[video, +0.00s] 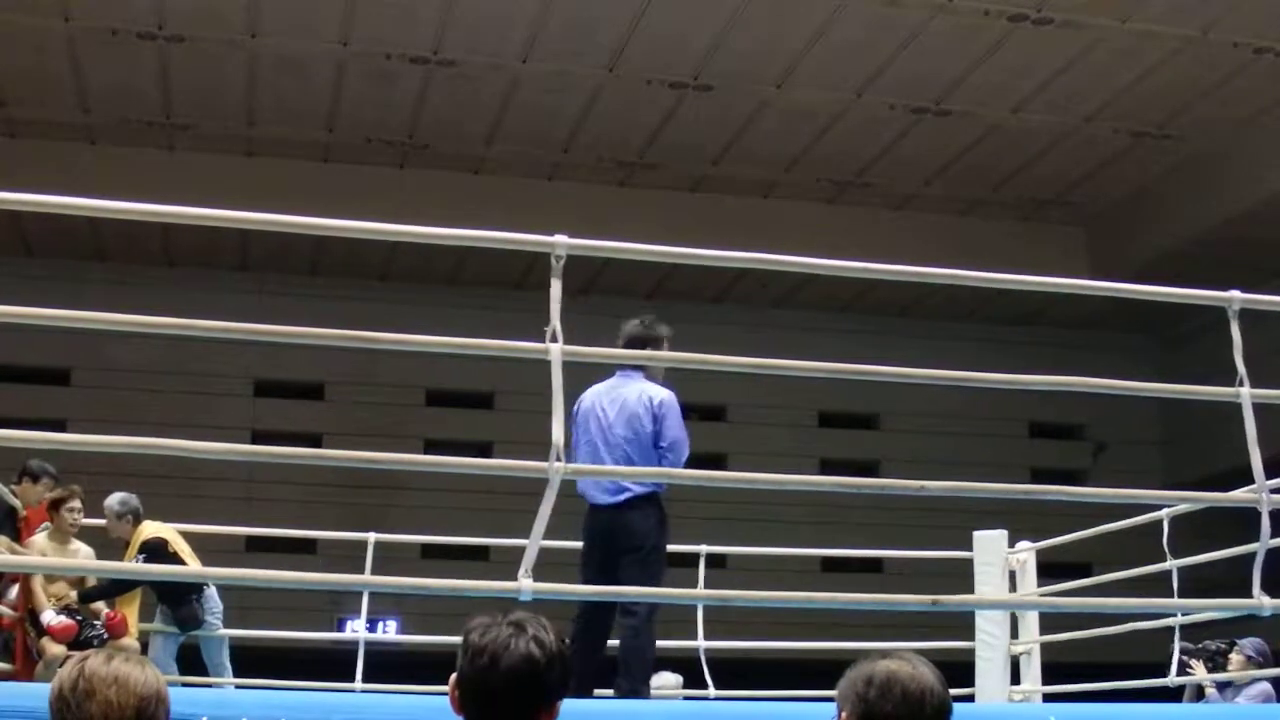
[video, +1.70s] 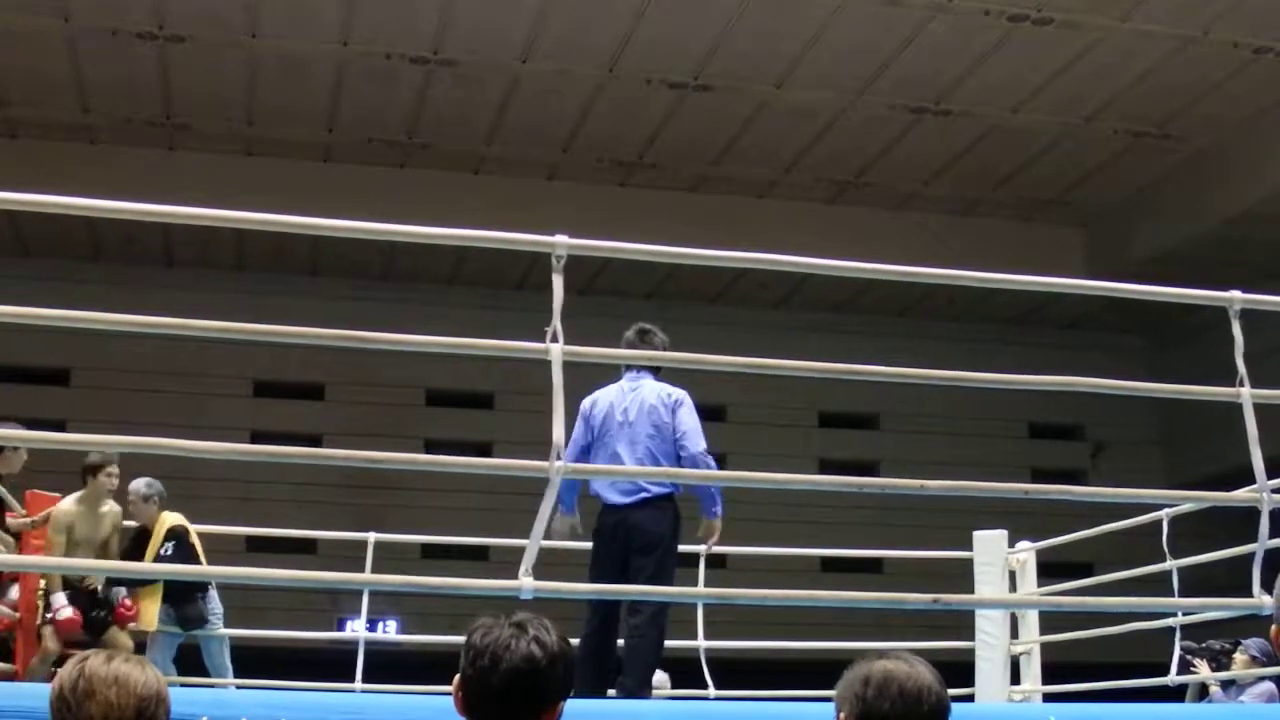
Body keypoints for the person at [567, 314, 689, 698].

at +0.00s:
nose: (667, 358)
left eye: (667, 351)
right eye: (665, 351)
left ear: (623, 352)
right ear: (652, 353)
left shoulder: (587, 398)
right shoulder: (660, 398)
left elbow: (576, 453)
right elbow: (676, 453)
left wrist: (597, 479)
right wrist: (654, 482)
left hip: (598, 515)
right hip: (642, 514)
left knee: (593, 606)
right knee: (638, 607)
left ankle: (576, 696)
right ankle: (632, 699)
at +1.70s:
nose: (659, 363)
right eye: (660, 357)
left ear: (623, 357)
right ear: (660, 359)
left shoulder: (594, 402)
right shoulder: (675, 399)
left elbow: (573, 459)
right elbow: (694, 456)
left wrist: (566, 508)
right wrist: (713, 510)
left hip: (611, 517)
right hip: (656, 517)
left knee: (601, 607)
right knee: (647, 608)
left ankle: (586, 697)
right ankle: (633, 699)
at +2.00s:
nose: (670, 362)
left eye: (666, 356)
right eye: (669, 357)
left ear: (628, 355)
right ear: (664, 359)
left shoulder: (594, 399)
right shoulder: (669, 398)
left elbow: (550, 435)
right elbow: (708, 439)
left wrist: (536, 417)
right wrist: (769, 435)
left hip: (612, 516)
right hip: (656, 515)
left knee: (603, 606)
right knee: (648, 606)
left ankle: (587, 697)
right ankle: (634, 698)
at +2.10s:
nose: (673, 362)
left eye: (671, 355)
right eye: (671, 355)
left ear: (631, 355)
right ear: (663, 358)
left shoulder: (598, 398)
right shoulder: (668, 396)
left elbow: (550, 430)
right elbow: (716, 426)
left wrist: (534, 410)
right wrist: (776, 411)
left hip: (611, 516)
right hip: (655, 514)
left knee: (602, 606)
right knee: (647, 606)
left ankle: (588, 698)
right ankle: (632, 699)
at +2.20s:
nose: (676, 363)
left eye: (675, 356)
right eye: (674, 356)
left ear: (632, 355)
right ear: (664, 359)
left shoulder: (598, 398)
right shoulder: (668, 396)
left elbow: (550, 428)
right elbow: (721, 418)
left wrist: (531, 411)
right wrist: (777, 399)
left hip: (611, 516)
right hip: (654, 514)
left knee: (602, 608)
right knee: (645, 609)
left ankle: (587, 700)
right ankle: (632, 701)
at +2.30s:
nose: (676, 363)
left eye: (675, 357)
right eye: (675, 357)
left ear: (635, 355)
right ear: (669, 359)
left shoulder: (600, 398)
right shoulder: (669, 396)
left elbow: (553, 428)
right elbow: (721, 415)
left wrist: (529, 409)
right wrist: (775, 391)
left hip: (612, 516)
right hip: (655, 514)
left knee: (602, 606)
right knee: (645, 608)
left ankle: (588, 698)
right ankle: (632, 700)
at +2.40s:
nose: (674, 363)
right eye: (674, 358)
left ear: (635, 355)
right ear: (671, 360)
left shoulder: (603, 397)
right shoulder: (671, 397)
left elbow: (553, 430)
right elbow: (719, 417)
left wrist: (531, 409)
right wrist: (772, 389)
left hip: (613, 514)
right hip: (656, 513)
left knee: (602, 604)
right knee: (644, 606)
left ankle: (589, 697)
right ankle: (632, 698)